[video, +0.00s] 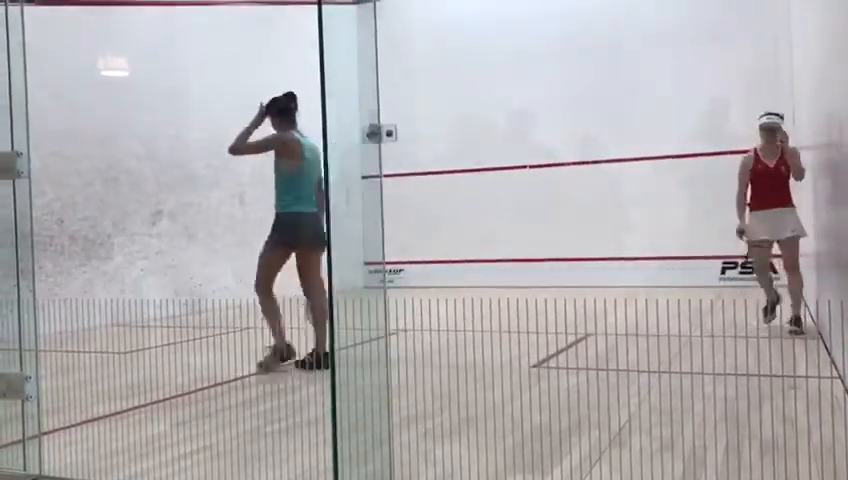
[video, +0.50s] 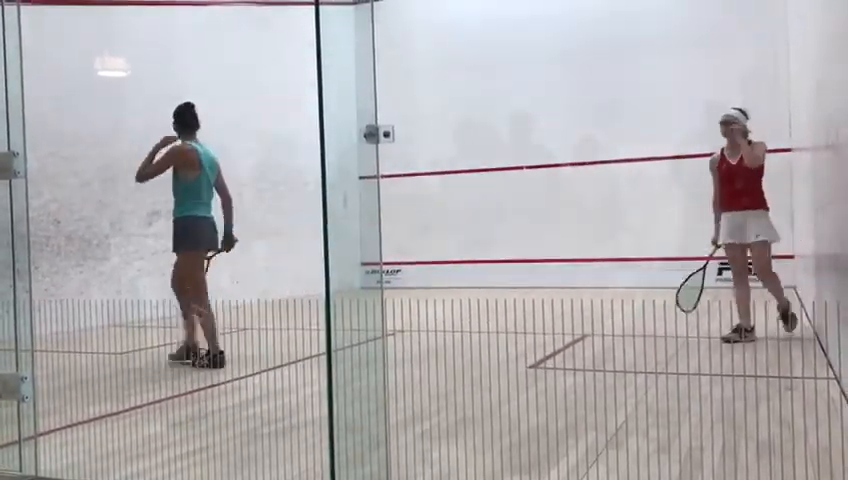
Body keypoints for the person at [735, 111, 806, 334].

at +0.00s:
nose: (770, 134)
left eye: (774, 130)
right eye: (765, 130)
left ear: (781, 131)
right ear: (759, 132)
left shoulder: (789, 153)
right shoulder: (749, 159)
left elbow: (799, 176)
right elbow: (741, 192)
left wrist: (787, 149)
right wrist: (741, 221)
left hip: (785, 215)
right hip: (758, 218)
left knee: (792, 267)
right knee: (760, 267)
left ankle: (796, 314)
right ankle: (771, 296)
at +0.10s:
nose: (767, 133)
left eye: (771, 129)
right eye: (762, 129)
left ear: (779, 131)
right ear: (757, 131)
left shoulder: (788, 151)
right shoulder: (747, 160)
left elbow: (793, 171)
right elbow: (742, 194)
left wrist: (781, 148)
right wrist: (736, 224)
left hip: (785, 215)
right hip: (758, 217)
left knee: (791, 267)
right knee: (756, 267)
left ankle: (796, 315)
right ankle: (770, 306)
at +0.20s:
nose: (759, 132)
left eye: (763, 128)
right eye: (754, 128)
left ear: (773, 129)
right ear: (749, 130)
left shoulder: (783, 150)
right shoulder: (742, 160)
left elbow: (783, 169)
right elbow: (738, 195)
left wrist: (772, 142)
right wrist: (733, 226)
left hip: (782, 216)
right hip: (755, 218)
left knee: (788, 268)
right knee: (752, 270)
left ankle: (795, 317)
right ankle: (760, 321)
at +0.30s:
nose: (750, 133)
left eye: (754, 128)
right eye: (746, 129)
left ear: (764, 131)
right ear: (741, 133)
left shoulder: (776, 151)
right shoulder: (737, 162)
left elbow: (774, 167)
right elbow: (733, 198)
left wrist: (763, 141)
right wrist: (728, 230)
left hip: (776, 218)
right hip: (750, 221)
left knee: (786, 270)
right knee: (752, 273)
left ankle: (793, 316)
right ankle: (749, 323)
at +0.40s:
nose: (738, 133)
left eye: (743, 128)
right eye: (734, 128)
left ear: (755, 130)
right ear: (730, 132)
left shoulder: (766, 150)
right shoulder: (726, 162)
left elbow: (764, 165)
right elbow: (726, 200)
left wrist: (752, 140)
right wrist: (724, 232)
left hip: (767, 218)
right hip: (740, 221)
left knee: (778, 270)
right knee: (743, 275)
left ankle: (791, 313)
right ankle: (746, 325)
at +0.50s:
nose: (726, 128)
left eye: (731, 124)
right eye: (724, 124)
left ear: (743, 127)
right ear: (721, 129)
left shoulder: (757, 147)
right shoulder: (717, 159)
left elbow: (753, 162)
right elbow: (717, 197)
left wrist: (740, 138)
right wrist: (716, 231)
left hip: (756, 217)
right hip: (730, 219)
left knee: (763, 271)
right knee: (739, 275)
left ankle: (784, 306)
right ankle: (745, 325)